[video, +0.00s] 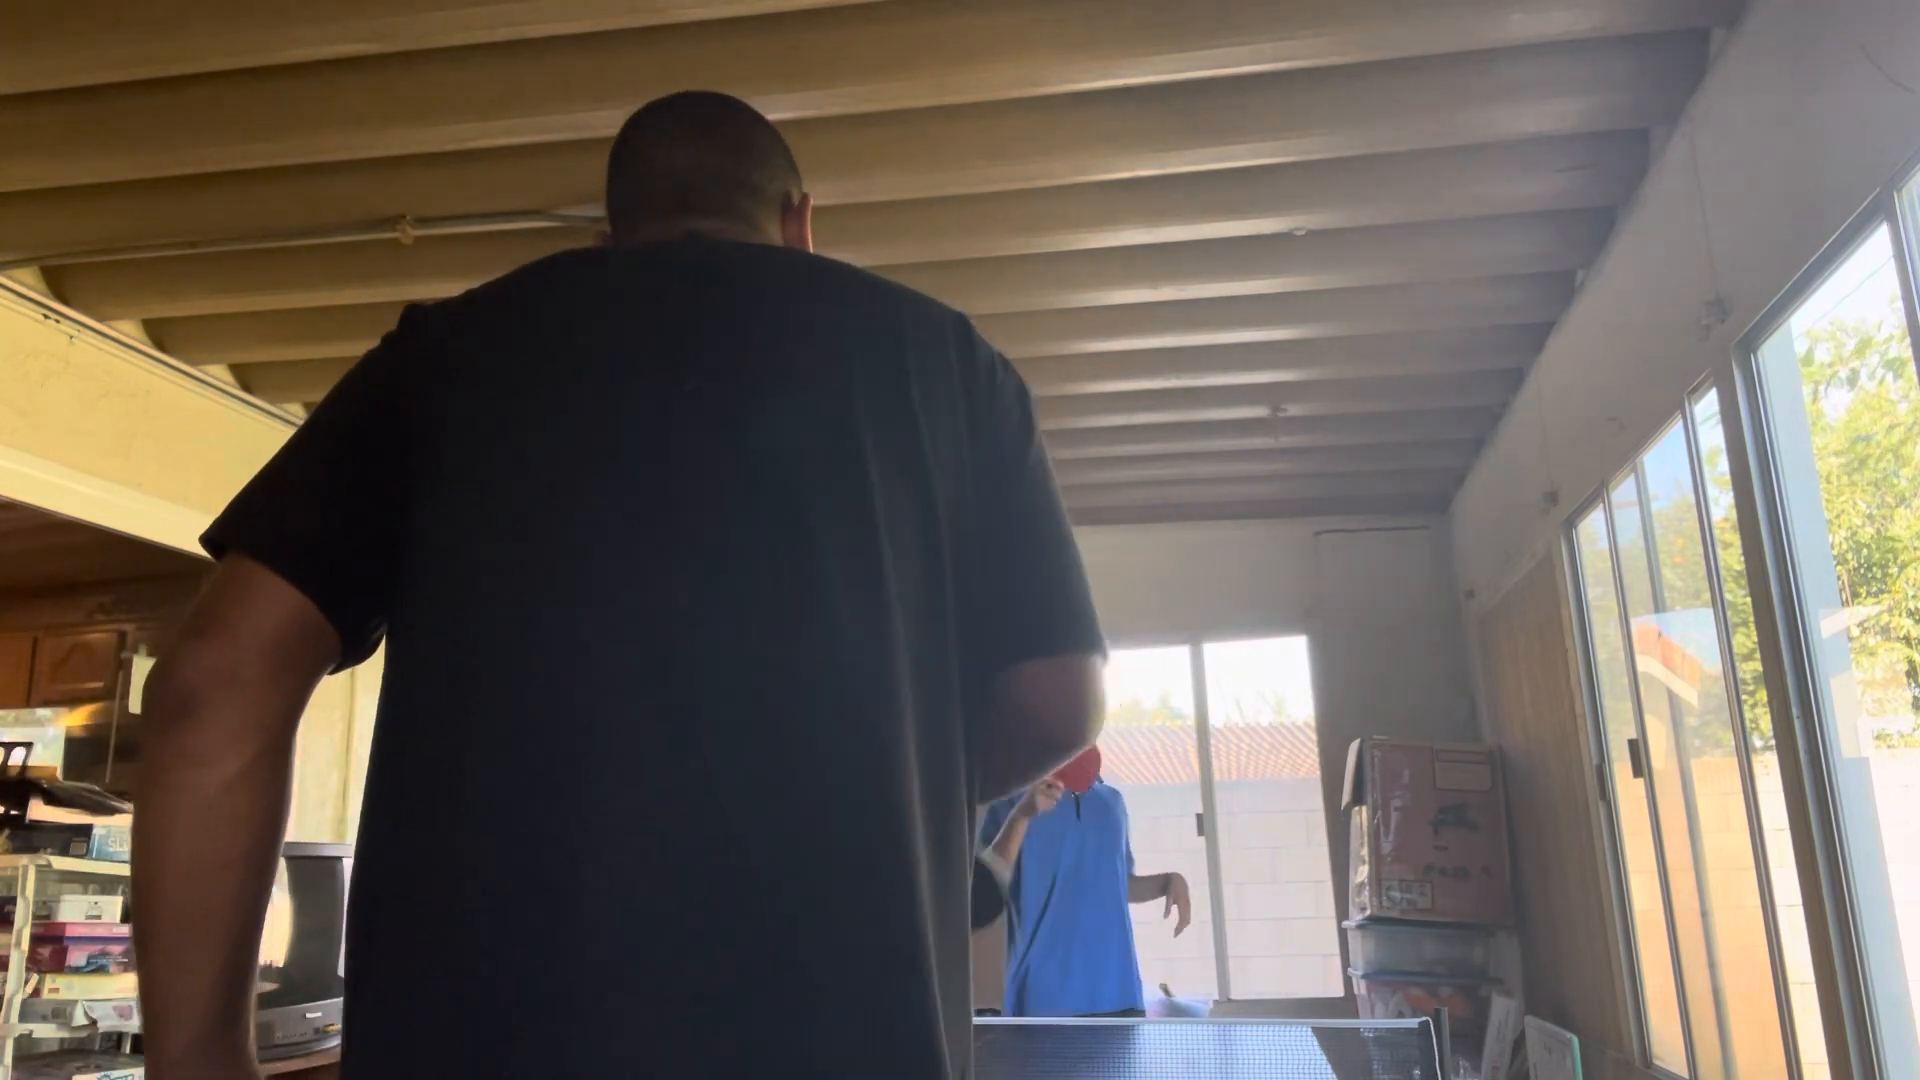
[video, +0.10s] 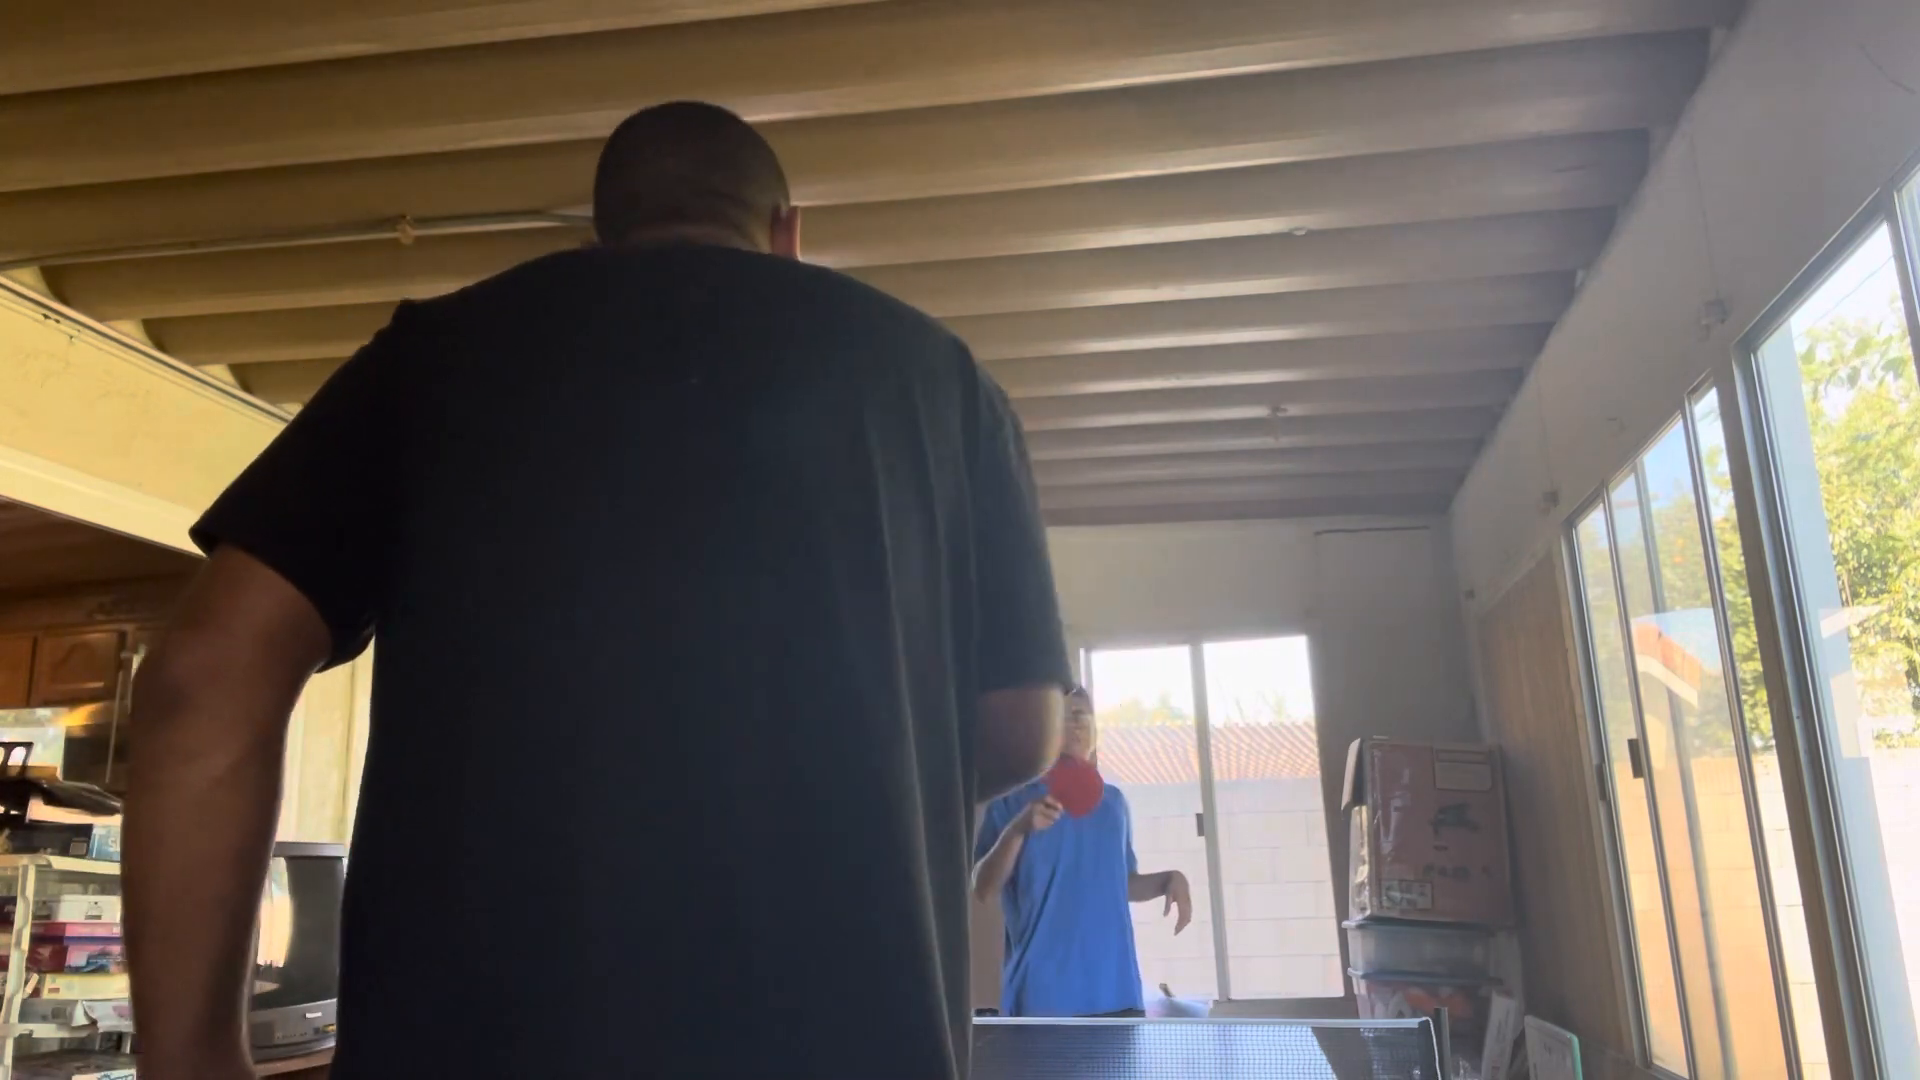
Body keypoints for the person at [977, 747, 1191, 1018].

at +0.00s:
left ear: (1096, 723)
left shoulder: (1110, 802)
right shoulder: (1009, 805)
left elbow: (1121, 886)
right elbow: (982, 902)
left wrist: (1168, 881)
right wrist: (1020, 816)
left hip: (1116, 1001)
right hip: (1040, 1005)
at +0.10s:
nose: (1078, 722)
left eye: (1084, 714)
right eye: (1067, 715)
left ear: (1094, 726)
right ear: (1047, 724)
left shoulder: (1112, 802)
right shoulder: (1011, 803)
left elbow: (1122, 885)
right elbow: (983, 890)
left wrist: (1168, 880)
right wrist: (1018, 829)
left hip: (1116, 993)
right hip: (1043, 999)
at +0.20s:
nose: (1065, 727)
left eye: (1077, 718)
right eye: (1052, 717)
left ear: (1093, 732)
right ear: (1035, 731)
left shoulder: (1113, 801)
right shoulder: (1007, 803)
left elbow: (1126, 883)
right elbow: (981, 893)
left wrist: (1171, 876)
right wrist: (1012, 841)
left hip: (1114, 992)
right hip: (1040, 999)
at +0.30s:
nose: (1062, 727)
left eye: (1075, 718)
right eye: (1050, 718)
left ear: (1092, 733)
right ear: (1034, 733)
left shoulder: (1114, 800)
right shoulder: (1007, 802)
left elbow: (1128, 882)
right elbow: (978, 896)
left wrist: (1171, 873)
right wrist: (1005, 849)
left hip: (1114, 993)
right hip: (1040, 999)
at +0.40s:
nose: (1060, 728)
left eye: (1073, 718)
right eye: (1048, 719)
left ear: (1092, 733)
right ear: (1033, 734)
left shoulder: (1114, 800)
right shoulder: (1006, 803)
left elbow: (1129, 881)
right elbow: (977, 898)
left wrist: (1170, 873)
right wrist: (1000, 853)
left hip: (1114, 992)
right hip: (1040, 997)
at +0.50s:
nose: (1059, 728)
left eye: (1072, 718)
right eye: (1047, 719)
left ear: (1091, 732)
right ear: (1032, 733)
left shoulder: (1114, 799)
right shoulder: (1005, 803)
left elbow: (1128, 881)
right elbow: (977, 899)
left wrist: (1169, 874)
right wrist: (994, 858)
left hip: (1113, 990)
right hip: (1040, 995)